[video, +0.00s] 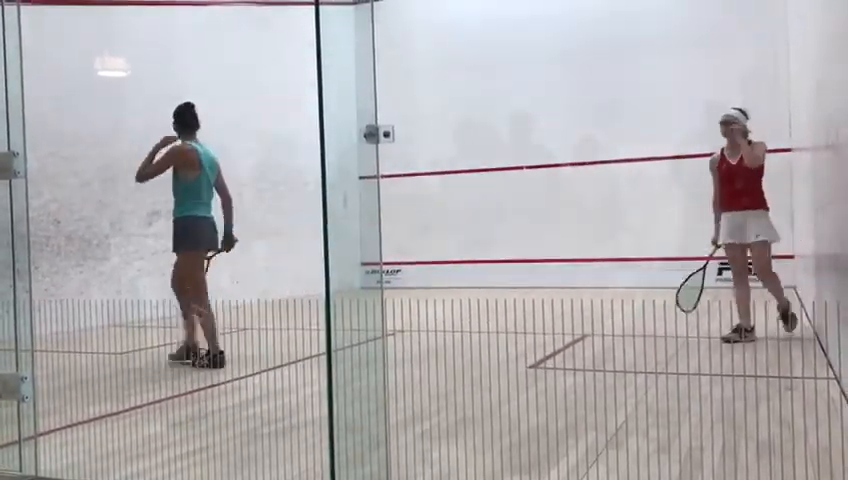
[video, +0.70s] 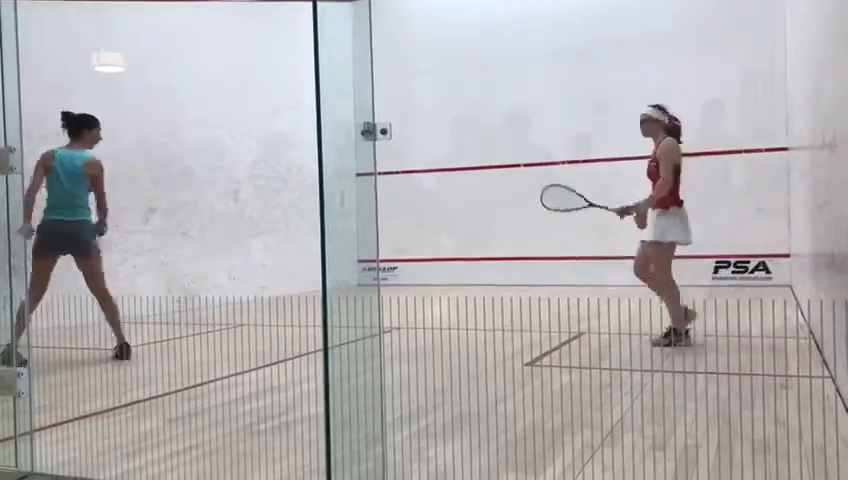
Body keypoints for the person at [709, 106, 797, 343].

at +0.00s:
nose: (726, 128)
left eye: (731, 124)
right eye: (724, 124)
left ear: (743, 127)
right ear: (721, 129)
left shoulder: (757, 147)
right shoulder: (717, 159)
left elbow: (753, 162)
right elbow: (717, 197)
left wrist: (740, 138)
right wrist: (716, 231)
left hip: (756, 217)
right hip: (730, 219)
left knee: (763, 271)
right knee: (739, 275)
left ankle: (784, 306)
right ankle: (745, 325)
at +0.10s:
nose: (721, 127)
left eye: (726, 123)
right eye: (717, 123)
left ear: (736, 126)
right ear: (712, 128)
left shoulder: (749, 147)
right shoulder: (709, 158)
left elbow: (743, 162)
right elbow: (709, 196)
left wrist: (730, 136)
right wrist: (707, 230)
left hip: (745, 215)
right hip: (719, 217)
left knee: (744, 269)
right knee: (733, 273)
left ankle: (769, 306)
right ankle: (744, 325)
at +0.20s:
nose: (710, 127)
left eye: (715, 122)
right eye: (707, 124)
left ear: (727, 125)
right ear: (704, 129)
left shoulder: (740, 146)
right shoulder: (700, 158)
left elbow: (731, 163)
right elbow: (700, 194)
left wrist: (718, 140)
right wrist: (695, 228)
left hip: (733, 213)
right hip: (709, 215)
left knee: (725, 264)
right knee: (724, 270)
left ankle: (744, 322)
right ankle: (740, 322)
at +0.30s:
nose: (695, 128)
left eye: (700, 124)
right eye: (694, 124)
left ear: (714, 127)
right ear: (695, 129)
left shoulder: (729, 147)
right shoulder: (692, 158)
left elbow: (718, 165)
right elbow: (690, 195)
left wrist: (703, 146)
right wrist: (683, 228)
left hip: (722, 215)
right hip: (700, 217)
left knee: (714, 271)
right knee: (719, 272)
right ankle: (742, 324)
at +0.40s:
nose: (686, 127)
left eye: (691, 123)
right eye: (684, 123)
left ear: (704, 126)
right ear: (682, 128)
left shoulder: (716, 147)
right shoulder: (681, 159)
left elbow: (711, 170)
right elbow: (680, 196)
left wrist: (687, 151)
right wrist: (670, 228)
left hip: (709, 217)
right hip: (689, 219)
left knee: (698, 273)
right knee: (712, 274)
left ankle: (687, 329)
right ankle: (739, 323)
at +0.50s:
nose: (673, 127)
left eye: (678, 122)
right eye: (671, 123)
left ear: (691, 124)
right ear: (670, 127)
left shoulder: (701, 146)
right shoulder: (672, 156)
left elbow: (703, 176)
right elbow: (672, 196)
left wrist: (669, 174)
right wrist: (658, 224)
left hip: (694, 216)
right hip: (678, 217)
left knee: (682, 271)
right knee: (692, 276)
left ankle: (682, 330)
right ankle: (731, 316)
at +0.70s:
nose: (642, 126)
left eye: (646, 121)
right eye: (642, 122)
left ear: (660, 123)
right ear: (650, 126)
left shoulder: (668, 145)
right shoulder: (658, 148)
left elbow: (667, 183)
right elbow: (658, 189)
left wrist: (644, 205)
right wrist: (632, 207)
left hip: (668, 217)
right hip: (659, 217)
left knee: (662, 273)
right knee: (642, 269)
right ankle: (680, 311)